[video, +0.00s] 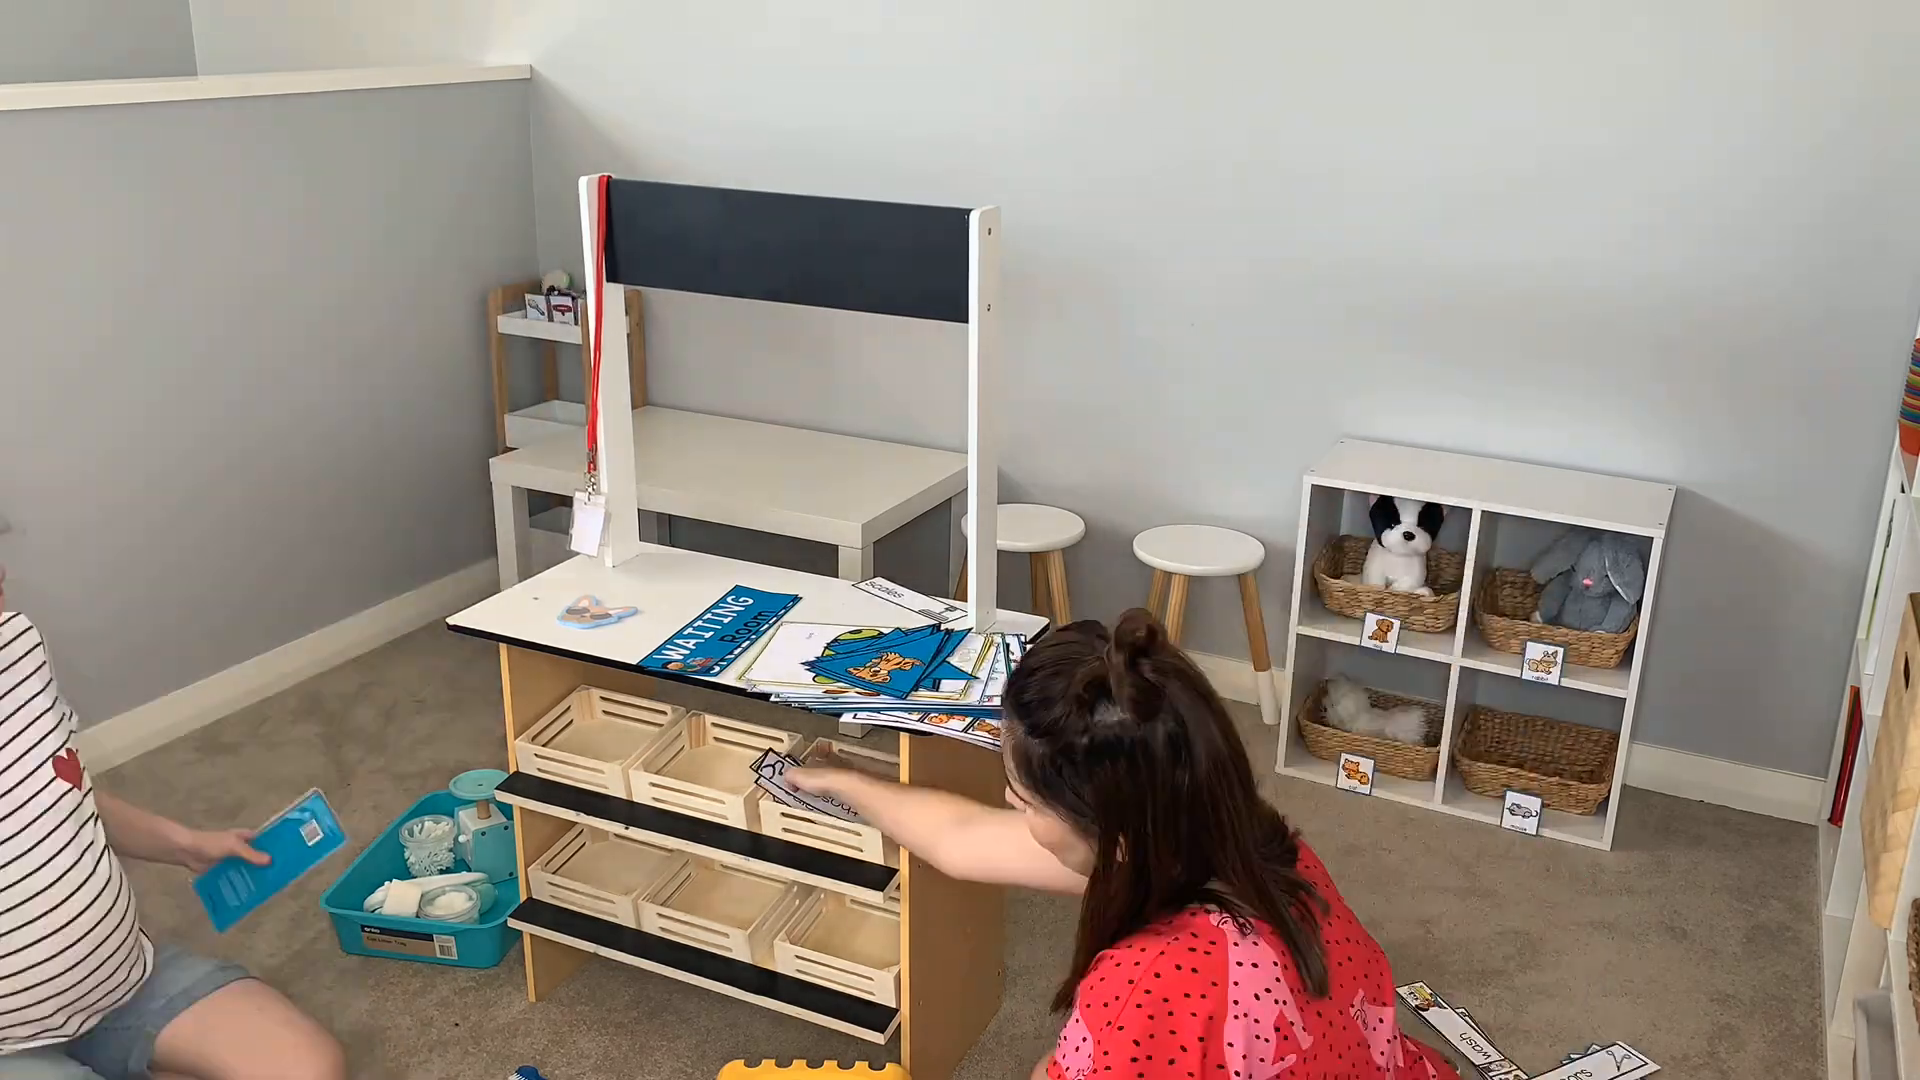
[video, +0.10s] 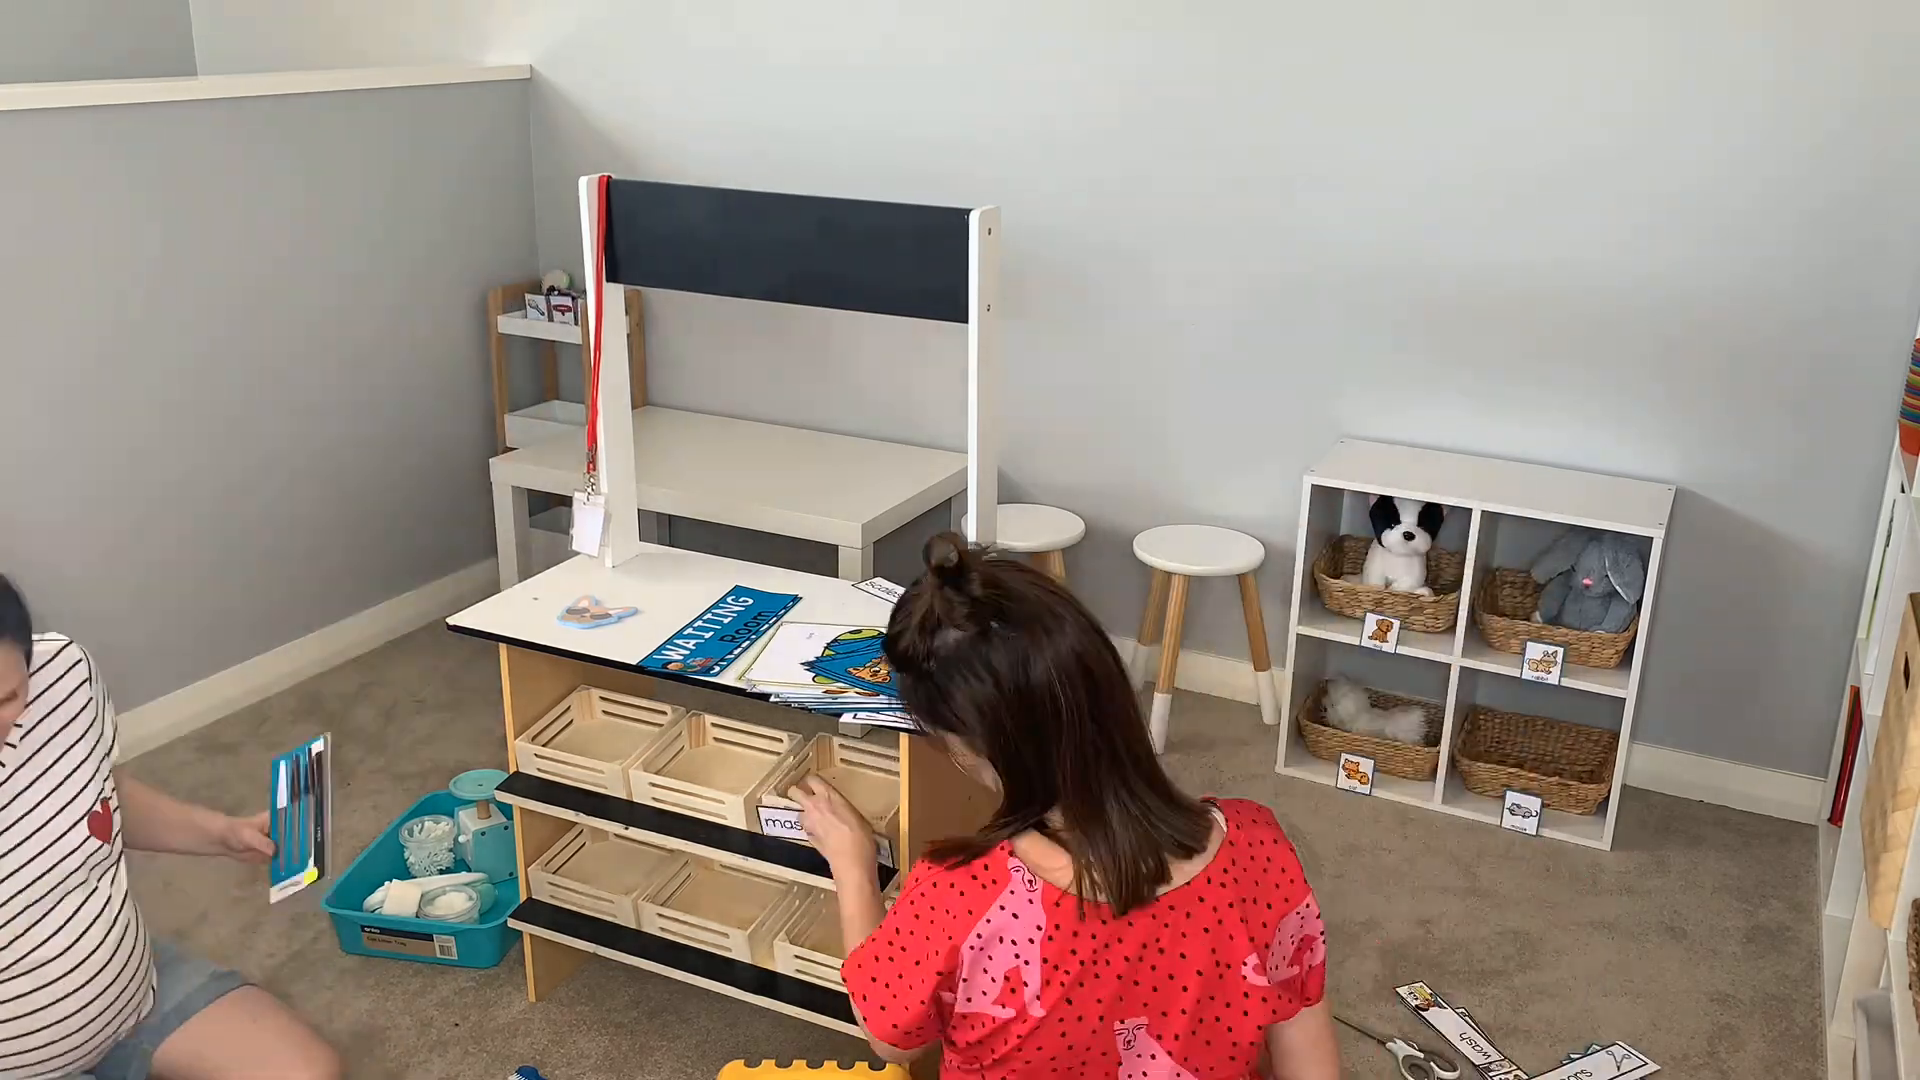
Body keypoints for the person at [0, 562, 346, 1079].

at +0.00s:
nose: (4, 587)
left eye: (3, 571)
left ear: (8, 573)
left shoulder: (17, 639)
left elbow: (64, 797)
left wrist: (187, 845)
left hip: (123, 973)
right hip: (12, 1038)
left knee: (307, 1062)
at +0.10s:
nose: (10, 721)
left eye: (13, 698)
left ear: (27, 664)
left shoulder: (62, 670)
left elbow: (100, 798)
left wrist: (225, 834)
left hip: (136, 988)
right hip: (22, 1065)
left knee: (307, 1068)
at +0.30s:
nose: (2, 571)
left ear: (4, 564)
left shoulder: (39, 653)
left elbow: (110, 800)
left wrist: (147, 864)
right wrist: (24, 973)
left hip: (128, 973)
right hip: (14, 1048)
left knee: (312, 1062)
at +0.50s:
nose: (8, 630)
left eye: (7, 595)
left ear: (14, 582)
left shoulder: (39, 659)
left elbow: (101, 805)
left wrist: (150, 885)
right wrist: (65, 1004)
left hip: (138, 978)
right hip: (23, 1059)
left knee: (312, 1064)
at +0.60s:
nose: (35, 829)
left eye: (34, 789)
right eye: (3, 815)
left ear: (42, 759)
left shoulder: (91, 745)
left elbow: (201, 929)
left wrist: (285, 1065)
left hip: (125, 1016)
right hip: (38, 1068)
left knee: (315, 1011)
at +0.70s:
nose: (26, 763)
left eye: (43, 724)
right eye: (3, 739)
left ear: (57, 696)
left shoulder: (73, 732)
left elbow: (152, 866)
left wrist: (297, 939)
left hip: (137, 1008)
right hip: (43, 1069)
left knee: (307, 973)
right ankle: (216, 1060)